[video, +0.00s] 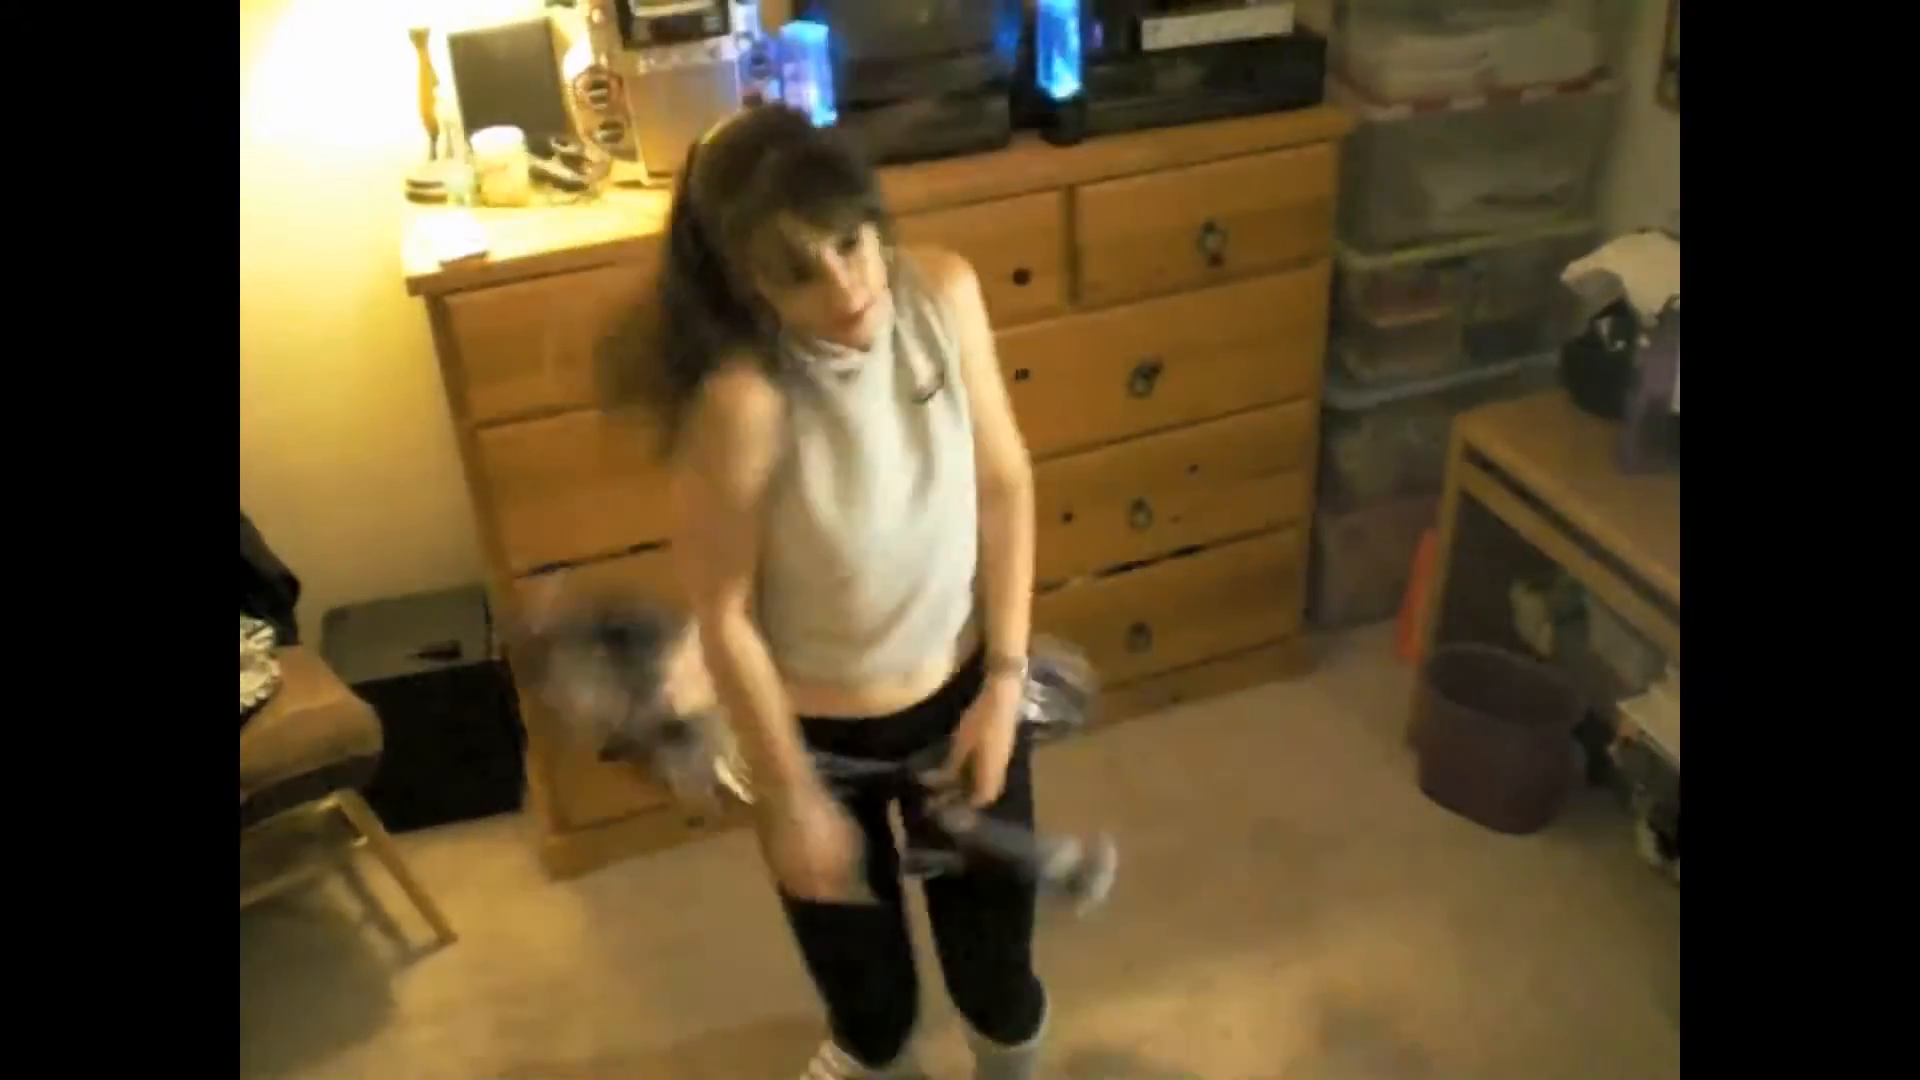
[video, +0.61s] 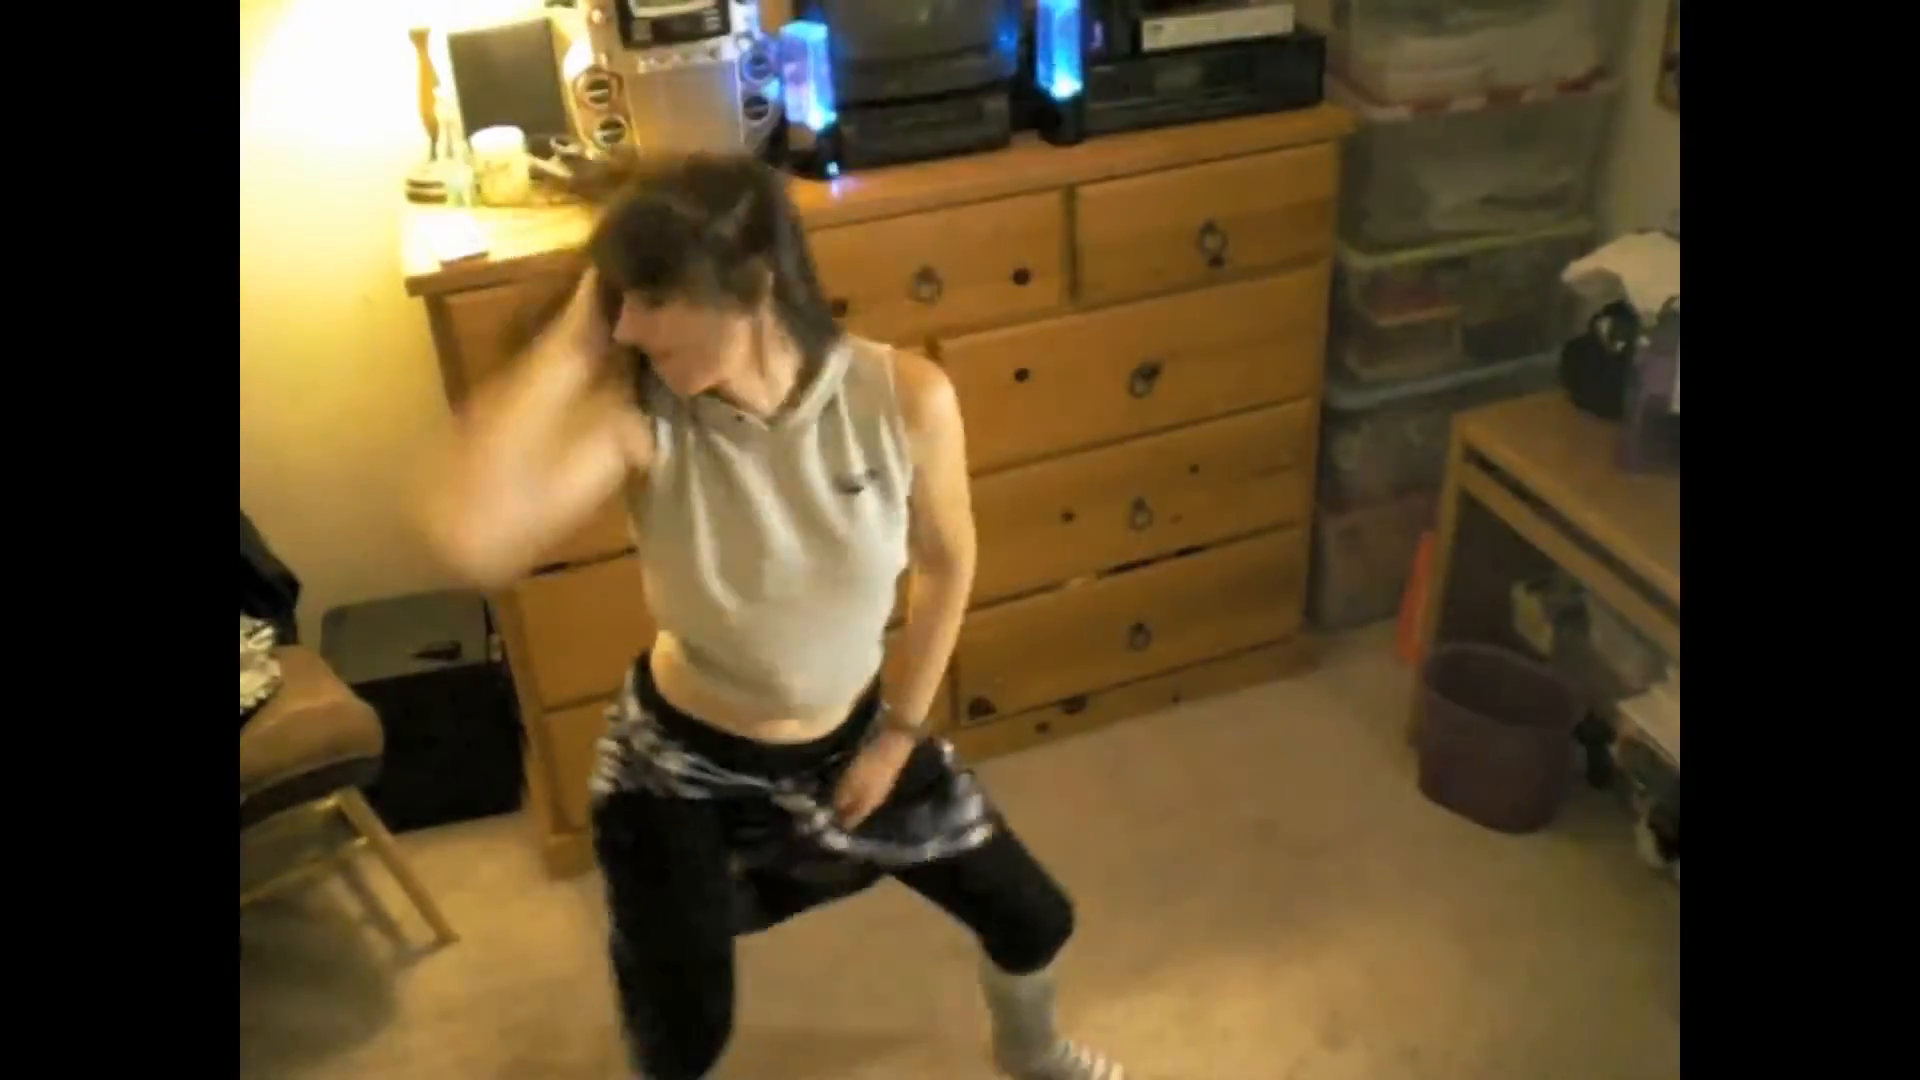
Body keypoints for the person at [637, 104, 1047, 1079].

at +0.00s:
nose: (846, 288)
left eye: (850, 245)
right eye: (799, 277)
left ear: (875, 218)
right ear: (749, 293)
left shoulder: (941, 296)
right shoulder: (742, 404)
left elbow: (1004, 483)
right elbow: (719, 610)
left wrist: (1004, 683)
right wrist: (793, 794)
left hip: (964, 707)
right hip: (821, 751)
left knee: (998, 990)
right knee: (876, 1023)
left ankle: (1015, 1062)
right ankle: (855, 1065)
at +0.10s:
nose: (844, 297)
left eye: (839, 253)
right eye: (802, 298)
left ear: (857, 223)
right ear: (755, 322)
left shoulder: (930, 283)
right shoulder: (775, 416)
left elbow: (963, 463)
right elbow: (756, 625)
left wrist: (1006, 646)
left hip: (967, 703)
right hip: (826, 747)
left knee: (1011, 1001)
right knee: (885, 1038)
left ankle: (999, 1069)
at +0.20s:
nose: (828, 298)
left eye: (812, 257)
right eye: (782, 304)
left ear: (827, 231)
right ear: (737, 347)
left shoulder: (912, 283)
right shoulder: (776, 448)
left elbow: (977, 457)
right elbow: (877, 646)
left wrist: (1001, 641)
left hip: (959, 704)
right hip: (828, 749)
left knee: (1005, 1010)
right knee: (863, 1051)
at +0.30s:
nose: (771, 310)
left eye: (747, 272)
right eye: (730, 333)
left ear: (765, 240)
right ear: (713, 387)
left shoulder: (892, 276)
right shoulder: (754, 472)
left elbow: (973, 447)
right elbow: (987, 625)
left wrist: (985, 643)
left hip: (943, 710)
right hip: (809, 739)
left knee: (999, 1007)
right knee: (807, 1046)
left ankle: (996, 1066)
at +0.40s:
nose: (720, 316)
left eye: (703, 271)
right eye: (673, 332)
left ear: (739, 245)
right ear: (662, 379)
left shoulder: (882, 291)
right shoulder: (715, 468)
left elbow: (962, 461)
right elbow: (902, 615)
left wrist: (961, 642)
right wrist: (753, 442)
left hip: (909, 721)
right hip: (770, 750)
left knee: (1012, 994)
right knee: (768, 1046)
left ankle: (1002, 1072)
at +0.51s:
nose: (662, 332)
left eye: (673, 289)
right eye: (627, 322)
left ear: (737, 259)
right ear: (614, 349)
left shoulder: (890, 348)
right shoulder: (658, 456)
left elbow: (951, 503)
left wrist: (926, 682)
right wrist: (626, 416)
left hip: (872, 730)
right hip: (710, 764)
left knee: (1032, 933)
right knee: (722, 1026)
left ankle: (1017, 1067)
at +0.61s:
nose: (644, 364)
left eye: (660, 343)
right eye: (636, 344)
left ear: (755, 293)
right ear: (628, 322)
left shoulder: (905, 399)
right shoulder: (641, 418)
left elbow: (945, 568)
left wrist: (893, 733)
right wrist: (572, 345)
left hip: (855, 743)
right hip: (679, 762)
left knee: (1033, 924)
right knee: (682, 1038)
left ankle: (1031, 1054)